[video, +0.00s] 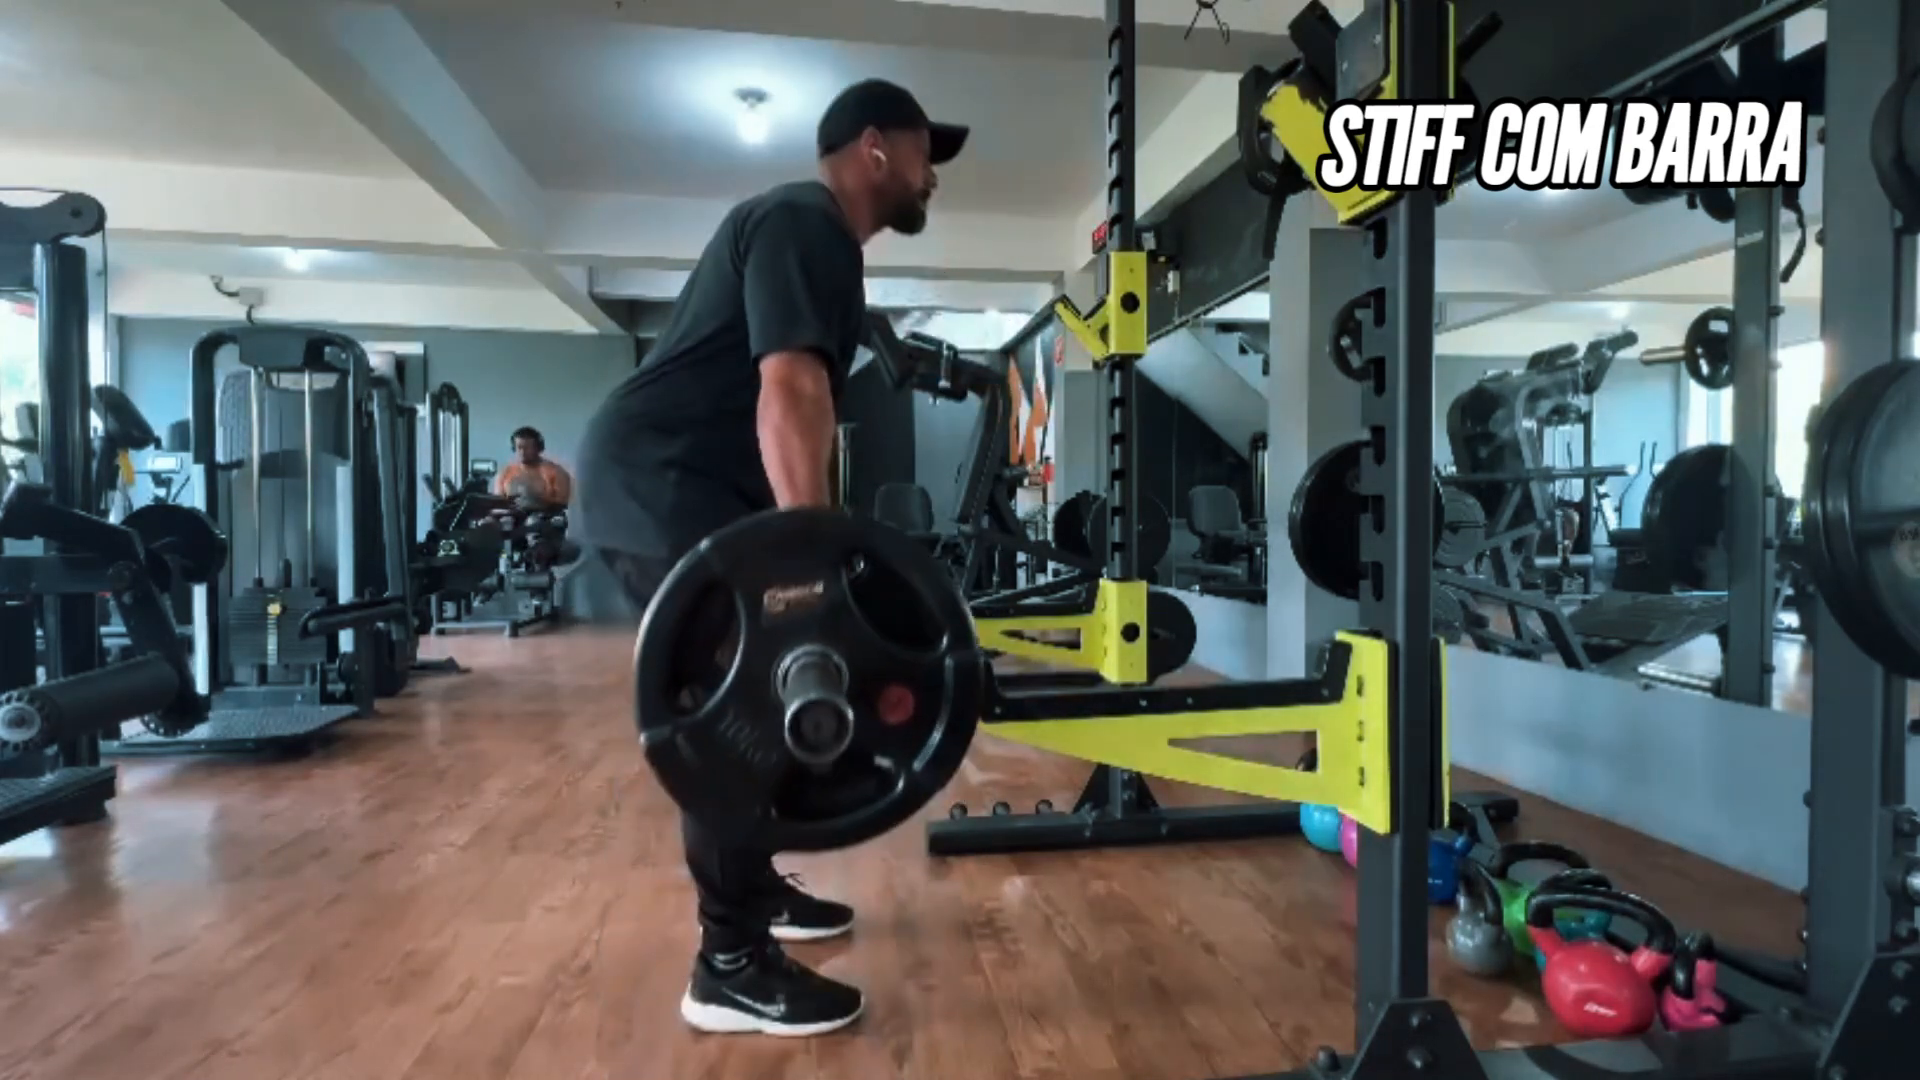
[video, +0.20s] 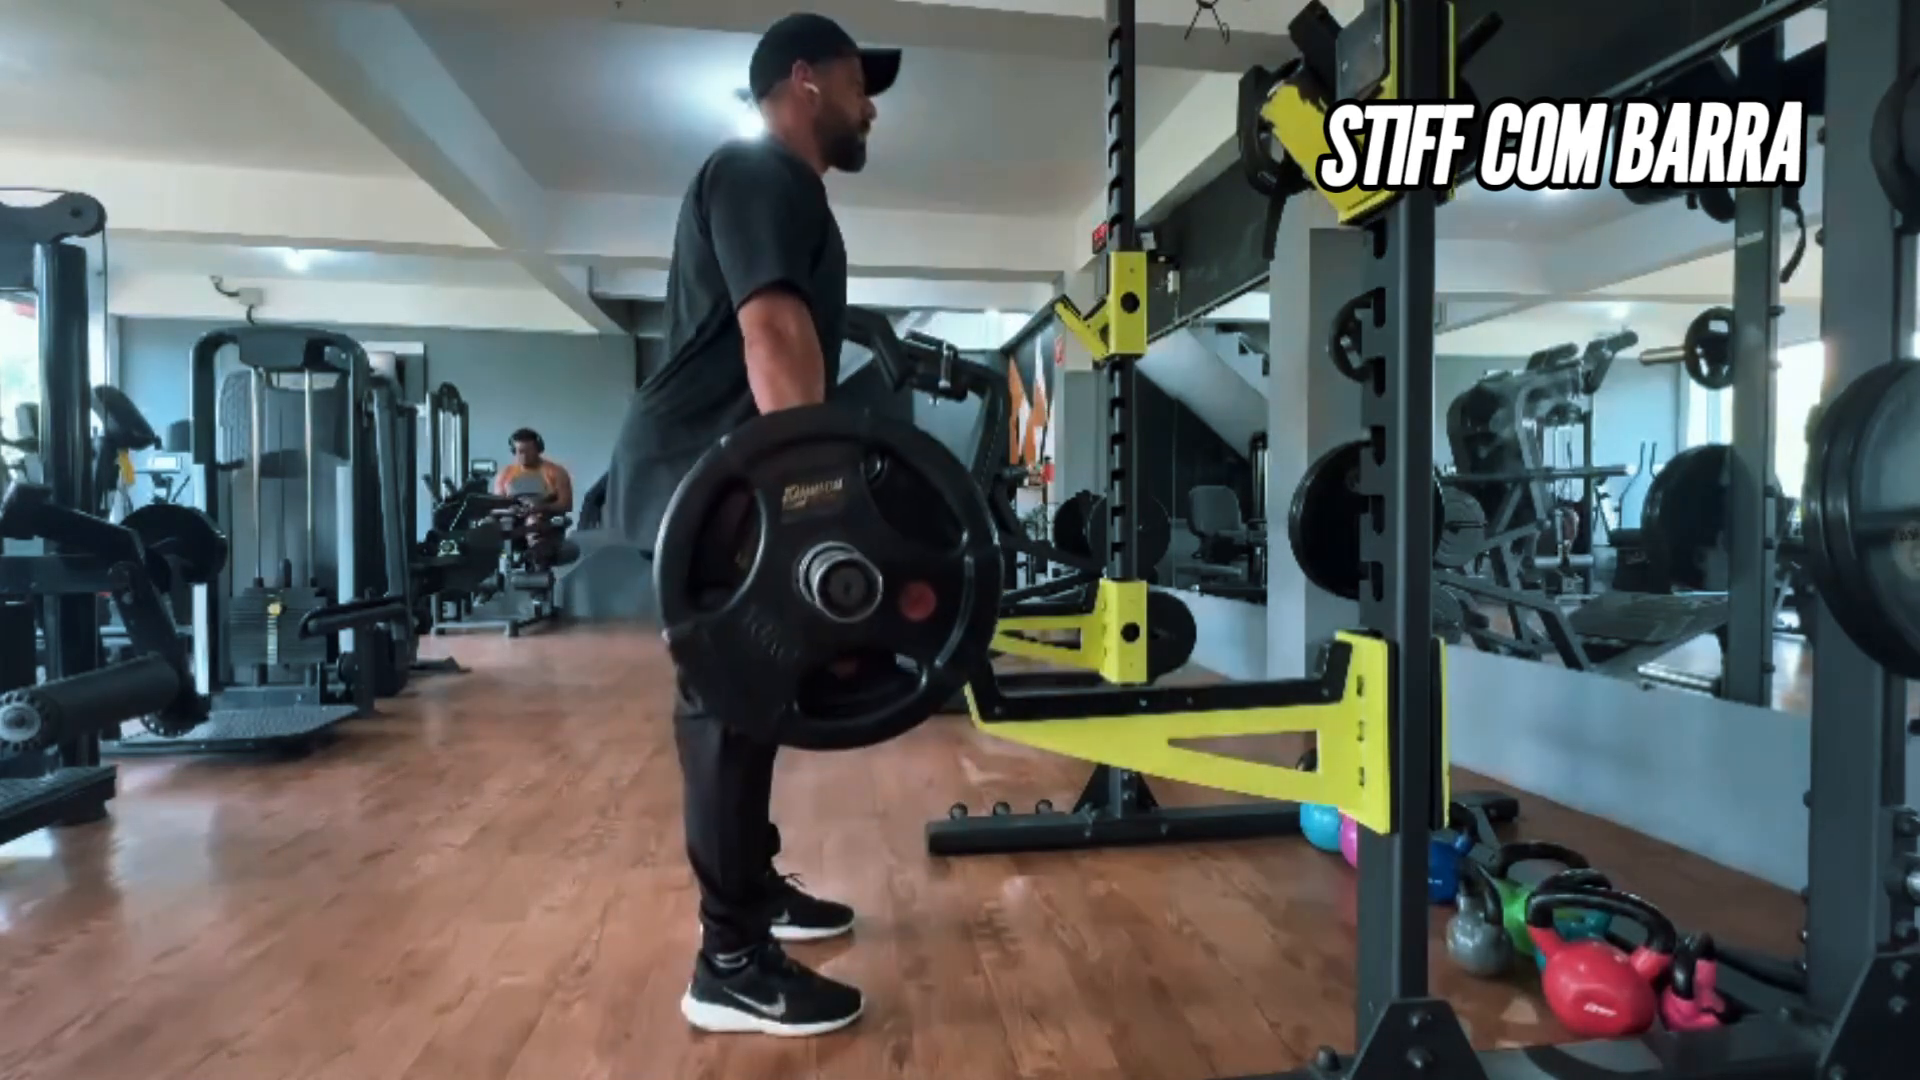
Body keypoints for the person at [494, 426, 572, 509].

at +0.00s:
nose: (523, 452)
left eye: (527, 447)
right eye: (520, 448)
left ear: (538, 448)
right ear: (515, 449)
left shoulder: (556, 473)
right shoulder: (507, 473)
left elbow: (560, 504)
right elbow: (500, 502)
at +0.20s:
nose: (522, 456)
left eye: (526, 451)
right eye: (519, 451)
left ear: (538, 450)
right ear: (514, 452)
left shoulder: (556, 473)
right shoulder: (507, 473)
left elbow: (565, 504)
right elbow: (499, 501)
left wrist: (538, 509)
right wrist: (514, 509)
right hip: (514, 523)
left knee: (534, 522)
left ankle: (540, 570)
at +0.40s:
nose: (524, 458)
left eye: (528, 453)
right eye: (520, 454)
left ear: (539, 452)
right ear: (515, 454)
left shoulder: (556, 474)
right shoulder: (507, 474)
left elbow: (565, 505)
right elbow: (498, 502)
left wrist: (541, 513)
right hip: (515, 524)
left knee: (534, 521)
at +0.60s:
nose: (527, 459)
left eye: (531, 454)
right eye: (523, 454)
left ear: (540, 453)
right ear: (517, 454)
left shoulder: (557, 474)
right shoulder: (508, 473)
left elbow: (566, 506)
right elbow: (498, 504)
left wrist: (539, 511)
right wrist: (511, 511)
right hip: (515, 521)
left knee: (534, 521)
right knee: (487, 523)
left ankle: (537, 567)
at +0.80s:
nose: (527, 459)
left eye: (531, 454)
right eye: (523, 454)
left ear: (540, 453)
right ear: (517, 454)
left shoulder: (557, 474)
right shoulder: (508, 473)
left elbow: (566, 506)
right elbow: (498, 505)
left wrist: (540, 511)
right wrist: (511, 511)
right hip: (515, 522)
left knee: (534, 521)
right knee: (488, 523)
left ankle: (537, 565)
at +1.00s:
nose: (527, 459)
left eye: (531, 454)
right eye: (523, 454)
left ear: (540, 453)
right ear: (517, 454)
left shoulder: (557, 474)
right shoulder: (508, 473)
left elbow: (566, 506)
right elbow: (499, 503)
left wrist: (541, 511)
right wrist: (512, 511)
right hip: (515, 521)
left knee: (534, 522)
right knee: (488, 523)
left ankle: (537, 568)